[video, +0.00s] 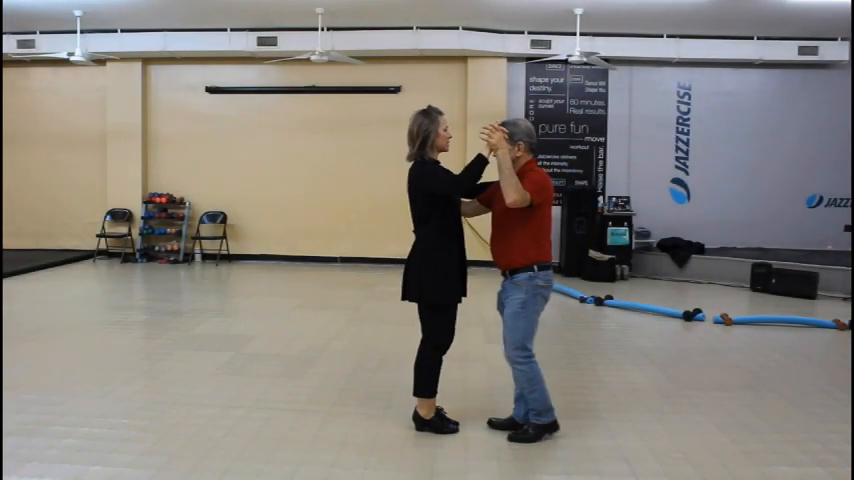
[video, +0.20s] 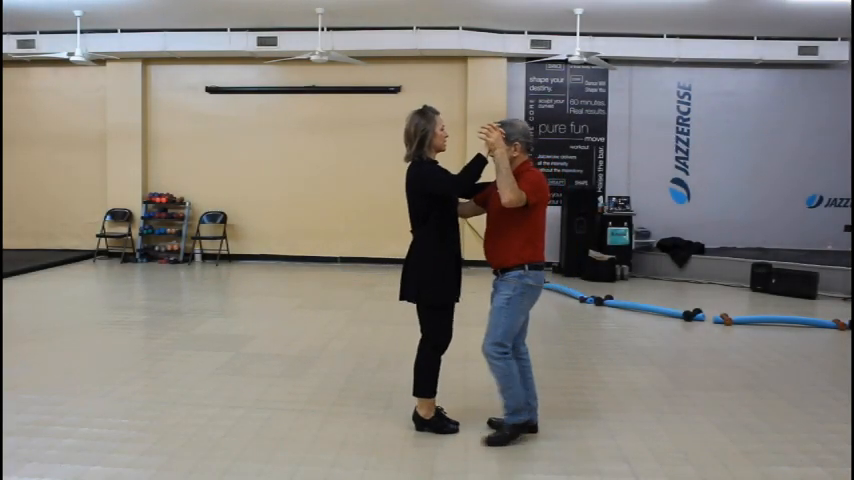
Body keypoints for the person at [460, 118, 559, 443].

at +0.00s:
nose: (496, 150)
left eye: (502, 145)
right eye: (496, 144)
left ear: (520, 148)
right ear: (515, 148)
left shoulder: (537, 178)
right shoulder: (504, 184)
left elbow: (514, 198)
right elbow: (468, 207)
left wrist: (502, 154)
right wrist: (435, 196)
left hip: (532, 278)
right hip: (513, 277)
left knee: (518, 350)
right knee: (515, 351)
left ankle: (544, 419)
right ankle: (523, 416)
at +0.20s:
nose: (492, 151)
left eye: (497, 145)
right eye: (491, 145)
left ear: (516, 148)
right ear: (512, 148)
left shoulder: (533, 178)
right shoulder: (501, 183)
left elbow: (509, 197)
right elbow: (466, 209)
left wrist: (499, 156)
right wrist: (433, 199)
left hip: (523, 276)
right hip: (507, 276)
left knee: (496, 347)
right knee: (514, 347)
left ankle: (518, 418)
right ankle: (525, 416)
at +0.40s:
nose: (485, 151)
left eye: (491, 145)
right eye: (485, 145)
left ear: (510, 148)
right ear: (506, 150)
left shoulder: (526, 179)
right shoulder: (494, 183)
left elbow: (503, 200)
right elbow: (459, 210)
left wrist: (494, 157)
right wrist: (428, 202)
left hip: (509, 278)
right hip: (501, 277)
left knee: (484, 352)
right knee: (508, 349)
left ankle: (464, 427)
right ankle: (525, 418)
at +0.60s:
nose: (477, 152)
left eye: (483, 146)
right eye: (478, 147)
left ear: (500, 152)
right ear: (498, 154)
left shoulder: (515, 184)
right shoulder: (490, 184)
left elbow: (491, 201)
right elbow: (458, 212)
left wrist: (487, 159)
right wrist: (424, 216)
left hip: (495, 282)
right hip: (489, 281)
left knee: (464, 356)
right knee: (492, 352)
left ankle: (448, 431)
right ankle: (523, 416)